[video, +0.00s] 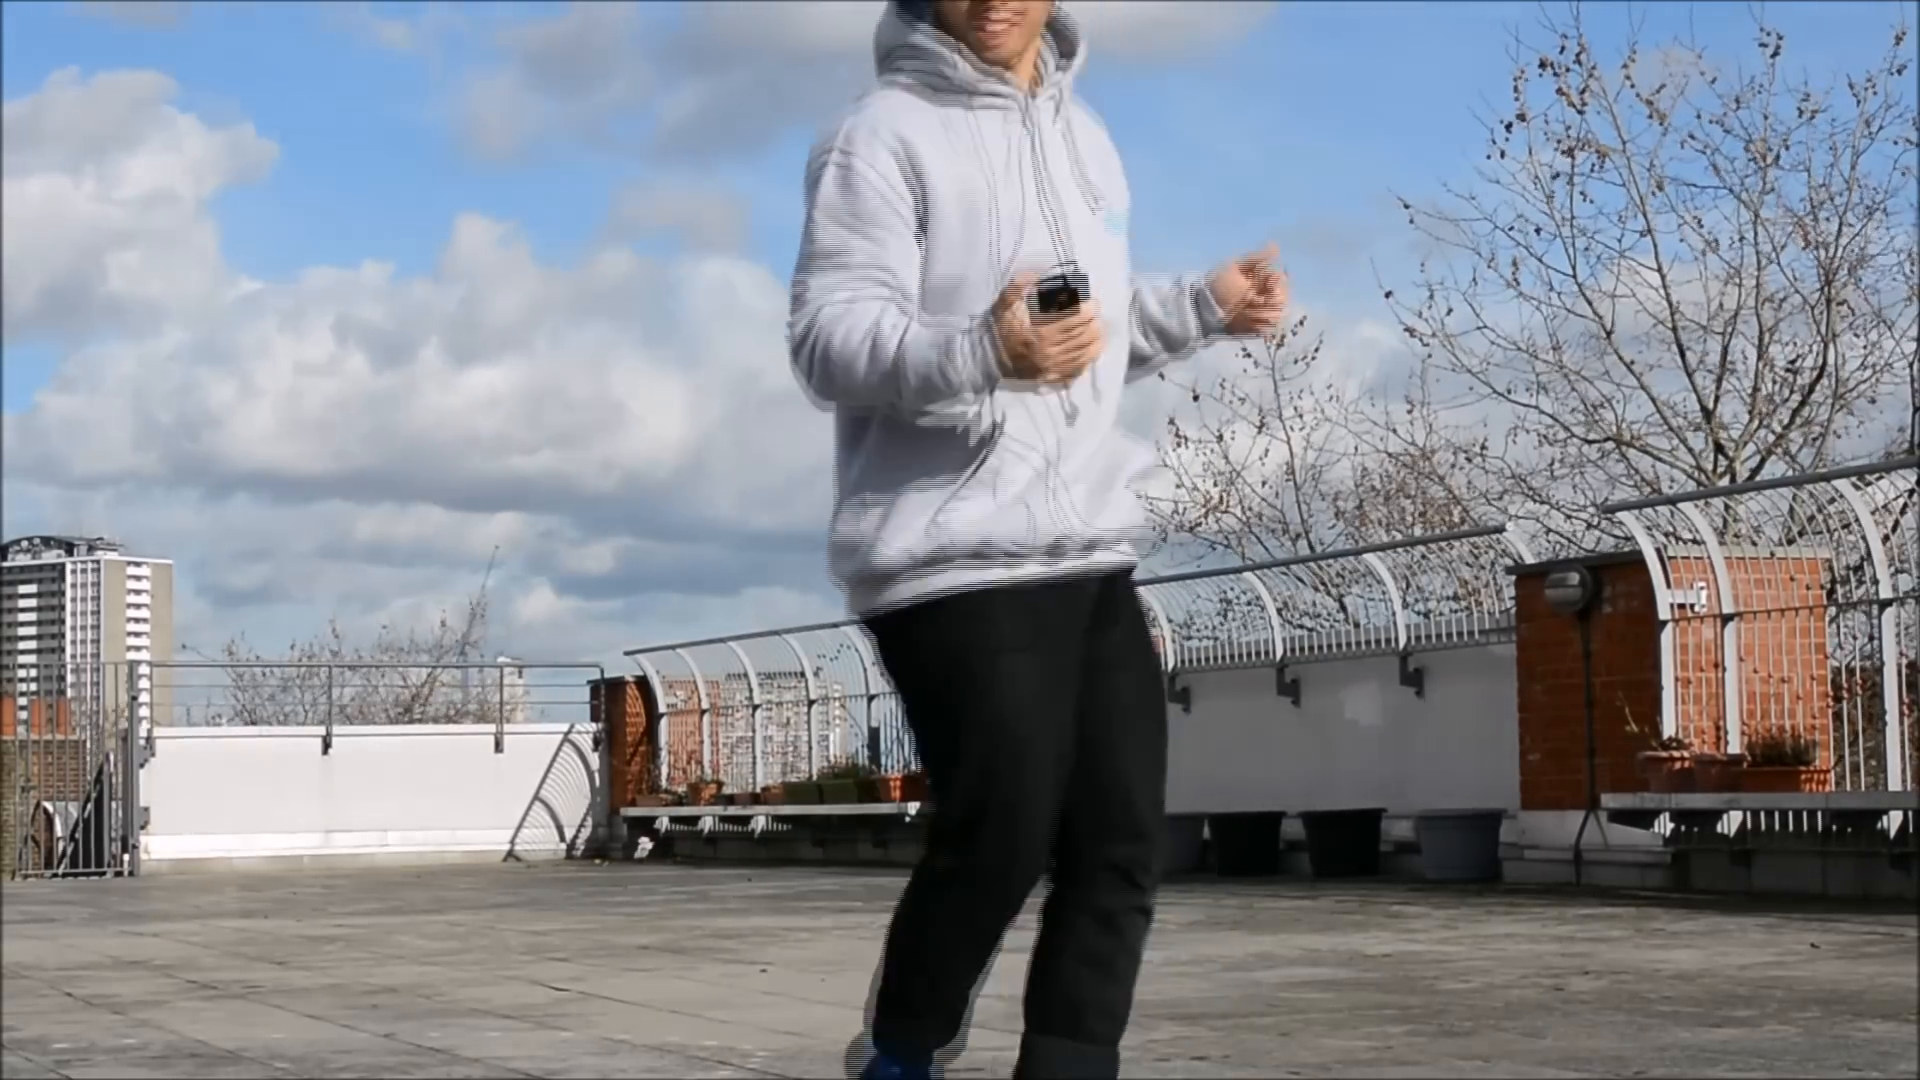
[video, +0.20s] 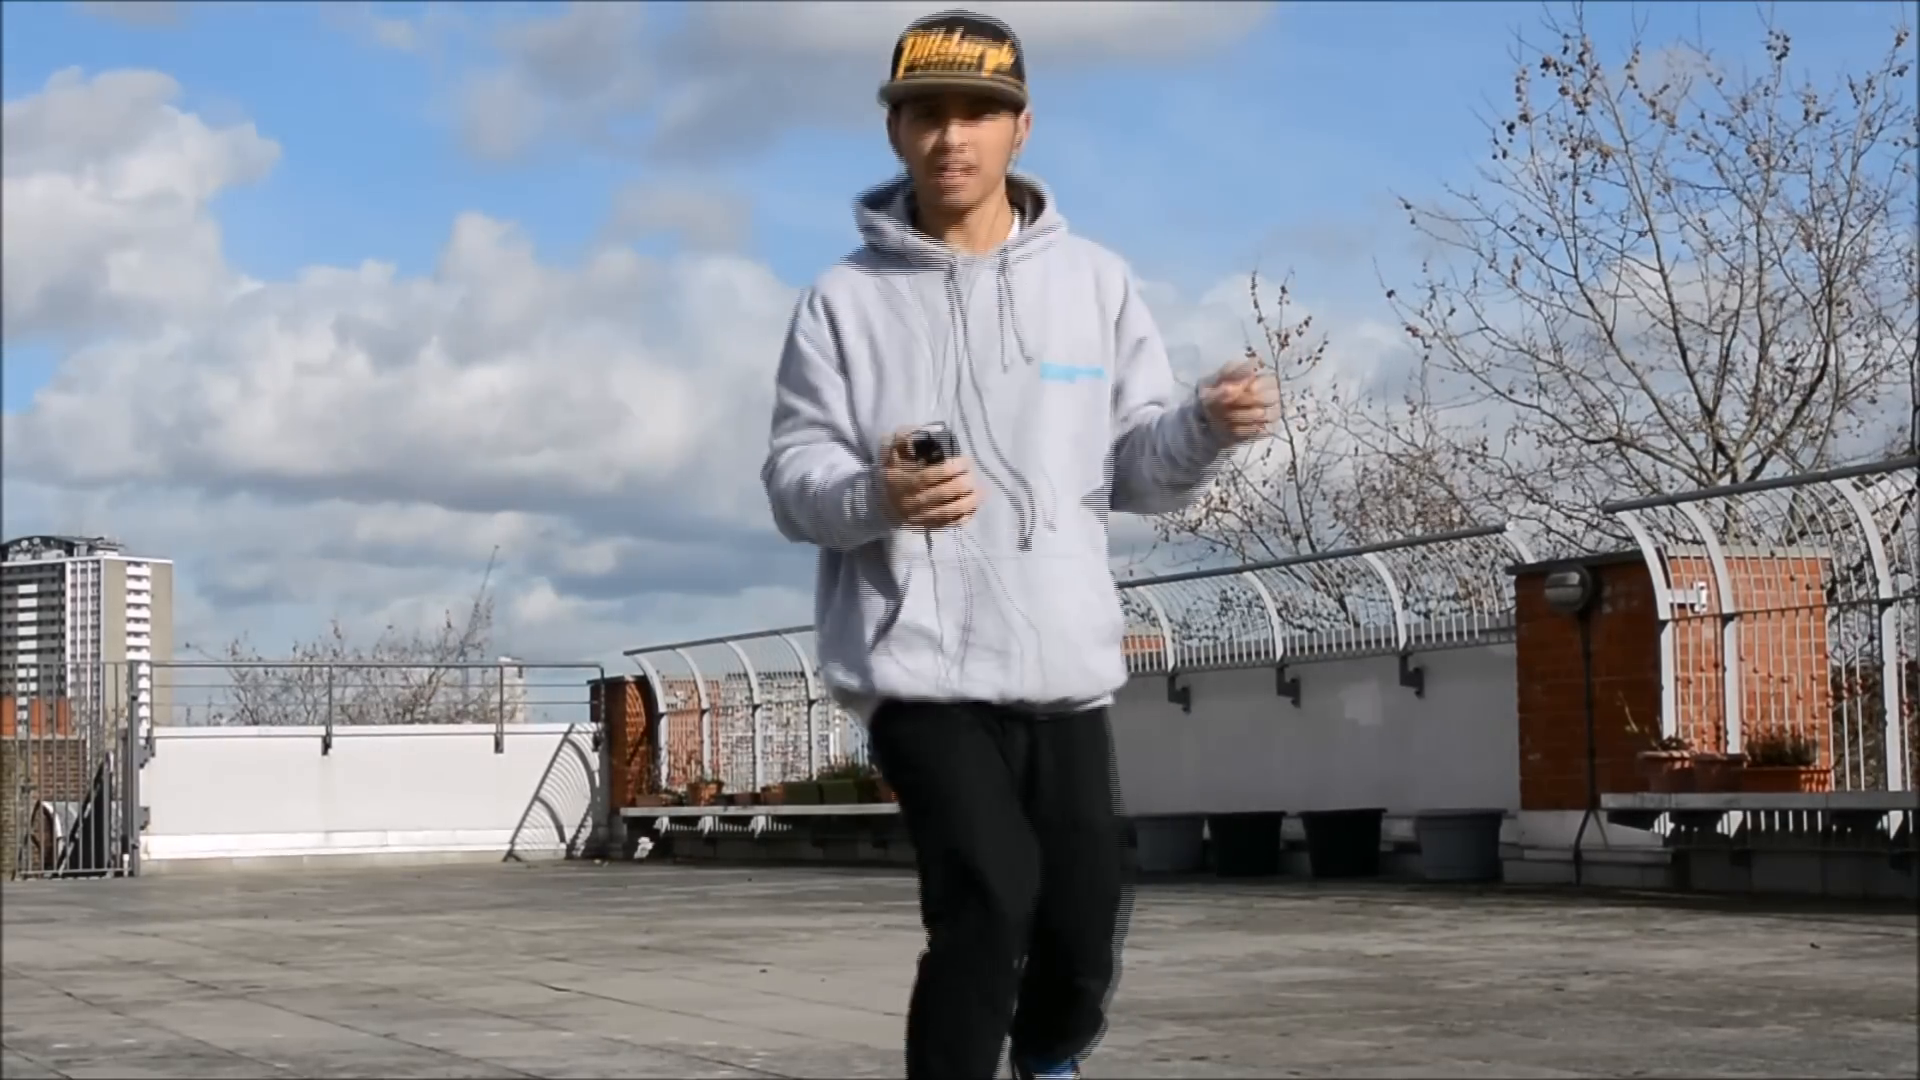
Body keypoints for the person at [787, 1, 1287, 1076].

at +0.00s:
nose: (998, 0)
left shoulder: (1088, 143)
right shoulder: (881, 134)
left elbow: (1095, 330)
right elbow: (831, 339)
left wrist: (1202, 306)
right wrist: (985, 352)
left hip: (1086, 555)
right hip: (942, 558)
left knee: (1118, 849)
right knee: (1002, 826)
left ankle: (1068, 1070)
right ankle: (898, 1057)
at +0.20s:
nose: (947, 138)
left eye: (973, 114)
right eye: (924, 115)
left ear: (1016, 128)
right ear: (895, 131)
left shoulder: (1096, 281)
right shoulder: (842, 299)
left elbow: (1133, 468)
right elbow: (795, 476)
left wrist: (1204, 426)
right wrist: (873, 497)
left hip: (1065, 658)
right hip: (918, 663)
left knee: (1087, 910)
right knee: (984, 905)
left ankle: (1045, 1062)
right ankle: (952, 1072)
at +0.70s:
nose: (917, 211)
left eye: (940, 189)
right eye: (900, 191)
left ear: (985, 198)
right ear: (880, 202)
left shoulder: (1057, 323)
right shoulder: (839, 337)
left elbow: (1126, 464)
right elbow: (804, 476)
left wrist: (1102, 465)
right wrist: (824, 497)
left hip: (1018, 641)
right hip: (888, 646)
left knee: (999, 867)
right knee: (874, 869)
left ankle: (1008, 1070)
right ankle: (911, 1021)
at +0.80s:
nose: (898, 248)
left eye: (920, 228)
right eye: (880, 229)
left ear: (964, 240)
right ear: (860, 243)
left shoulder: (1030, 363)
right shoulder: (820, 375)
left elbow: (1066, 535)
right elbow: (780, 517)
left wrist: (1075, 489)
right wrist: (803, 524)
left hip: (995, 659)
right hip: (876, 669)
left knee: (976, 870)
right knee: (900, 879)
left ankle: (1000, 1068)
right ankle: (935, 1052)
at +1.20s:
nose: (850, 246)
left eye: (871, 226)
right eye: (834, 228)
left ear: (916, 232)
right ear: (818, 238)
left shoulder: (965, 334)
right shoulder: (784, 357)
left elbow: (1010, 447)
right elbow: (749, 483)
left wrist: (951, 306)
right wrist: (763, 511)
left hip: (930, 650)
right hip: (817, 652)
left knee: (908, 875)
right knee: (811, 870)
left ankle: (913, 1069)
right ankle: (890, 1038)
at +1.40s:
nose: (819, 240)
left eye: (839, 220)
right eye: (803, 223)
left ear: (888, 225)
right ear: (789, 234)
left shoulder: (949, 332)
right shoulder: (763, 352)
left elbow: (944, 435)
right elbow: (729, 480)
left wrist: (905, 292)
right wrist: (730, 502)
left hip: (902, 661)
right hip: (783, 655)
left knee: (898, 882)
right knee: (727, 846)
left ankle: (911, 1067)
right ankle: (784, 1034)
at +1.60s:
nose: (763, 266)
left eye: (782, 246)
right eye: (750, 249)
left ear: (839, 238)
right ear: (739, 250)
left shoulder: (906, 342)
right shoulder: (718, 362)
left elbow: (908, 447)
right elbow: (674, 494)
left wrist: (864, 304)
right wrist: (681, 501)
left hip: (866, 663)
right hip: (745, 662)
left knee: (875, 884)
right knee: (709, 876)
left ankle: (906, 1070)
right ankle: (673, 1065)